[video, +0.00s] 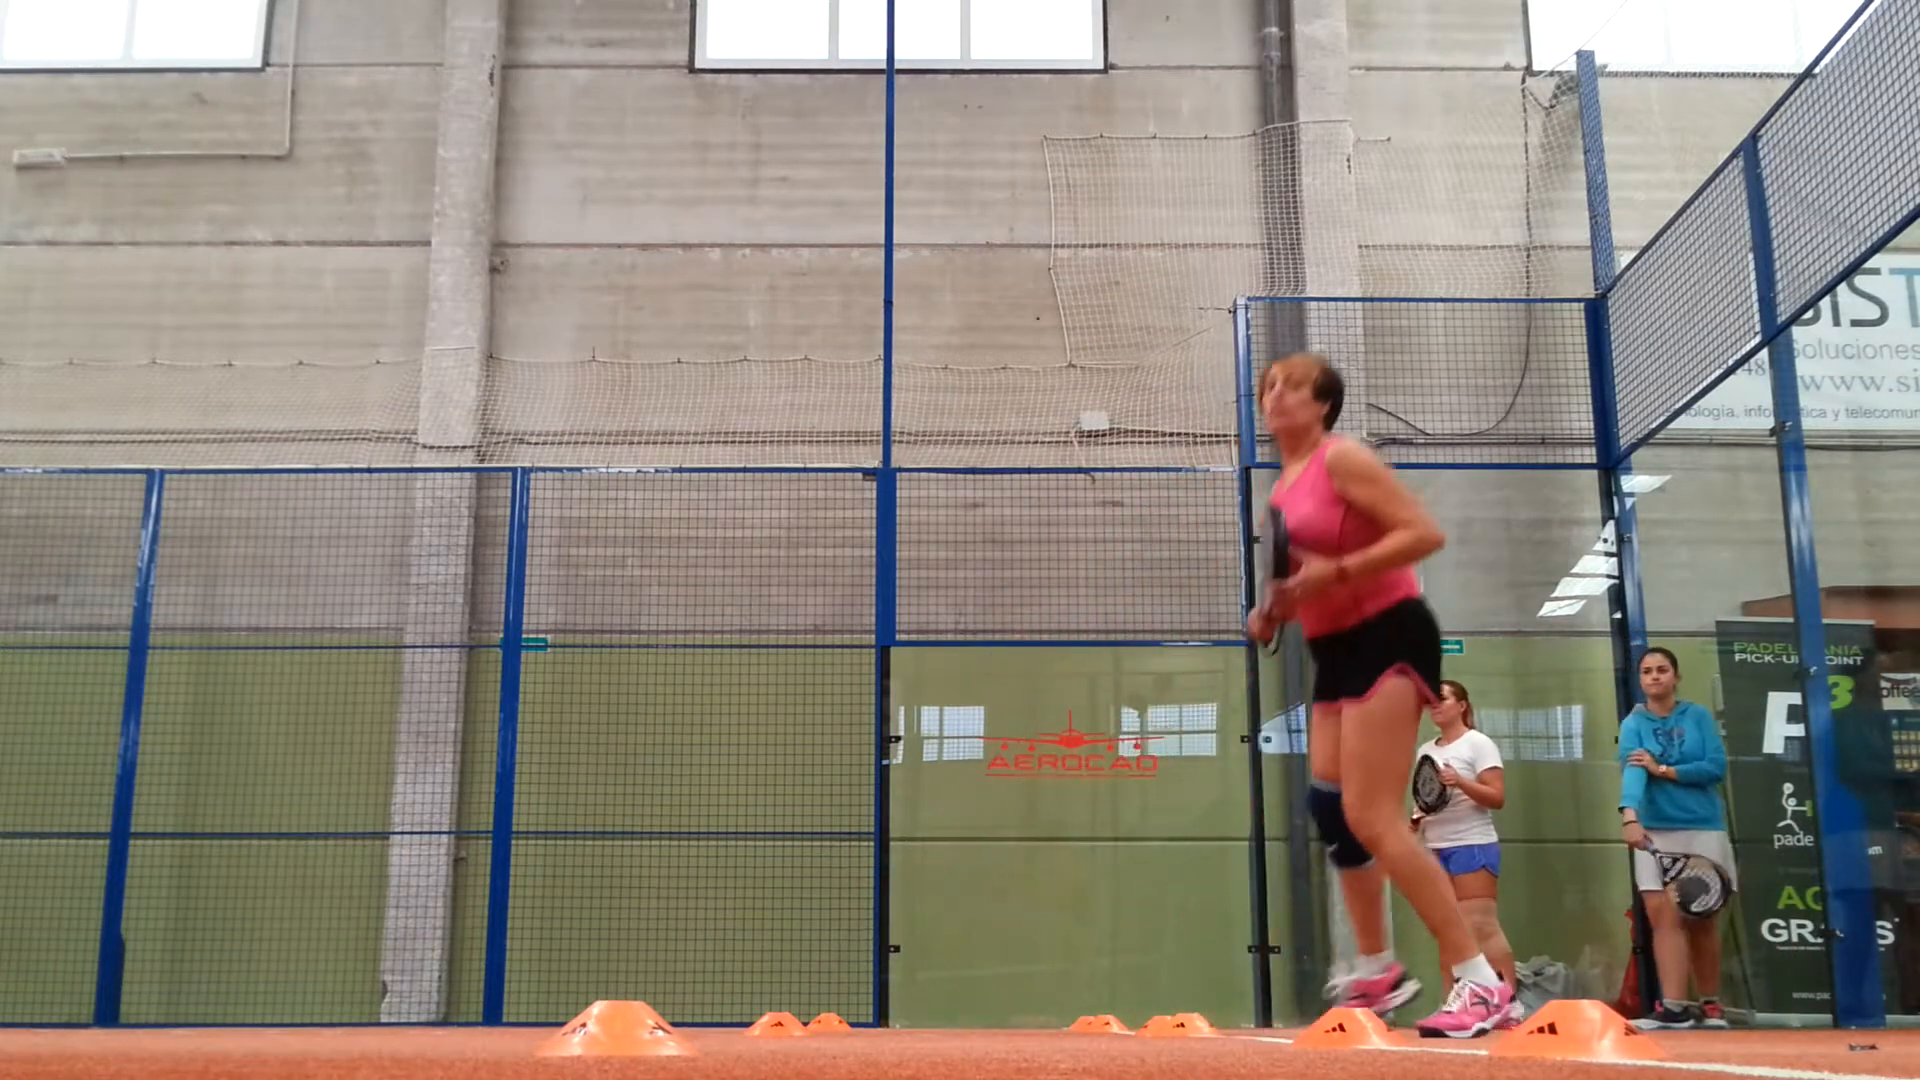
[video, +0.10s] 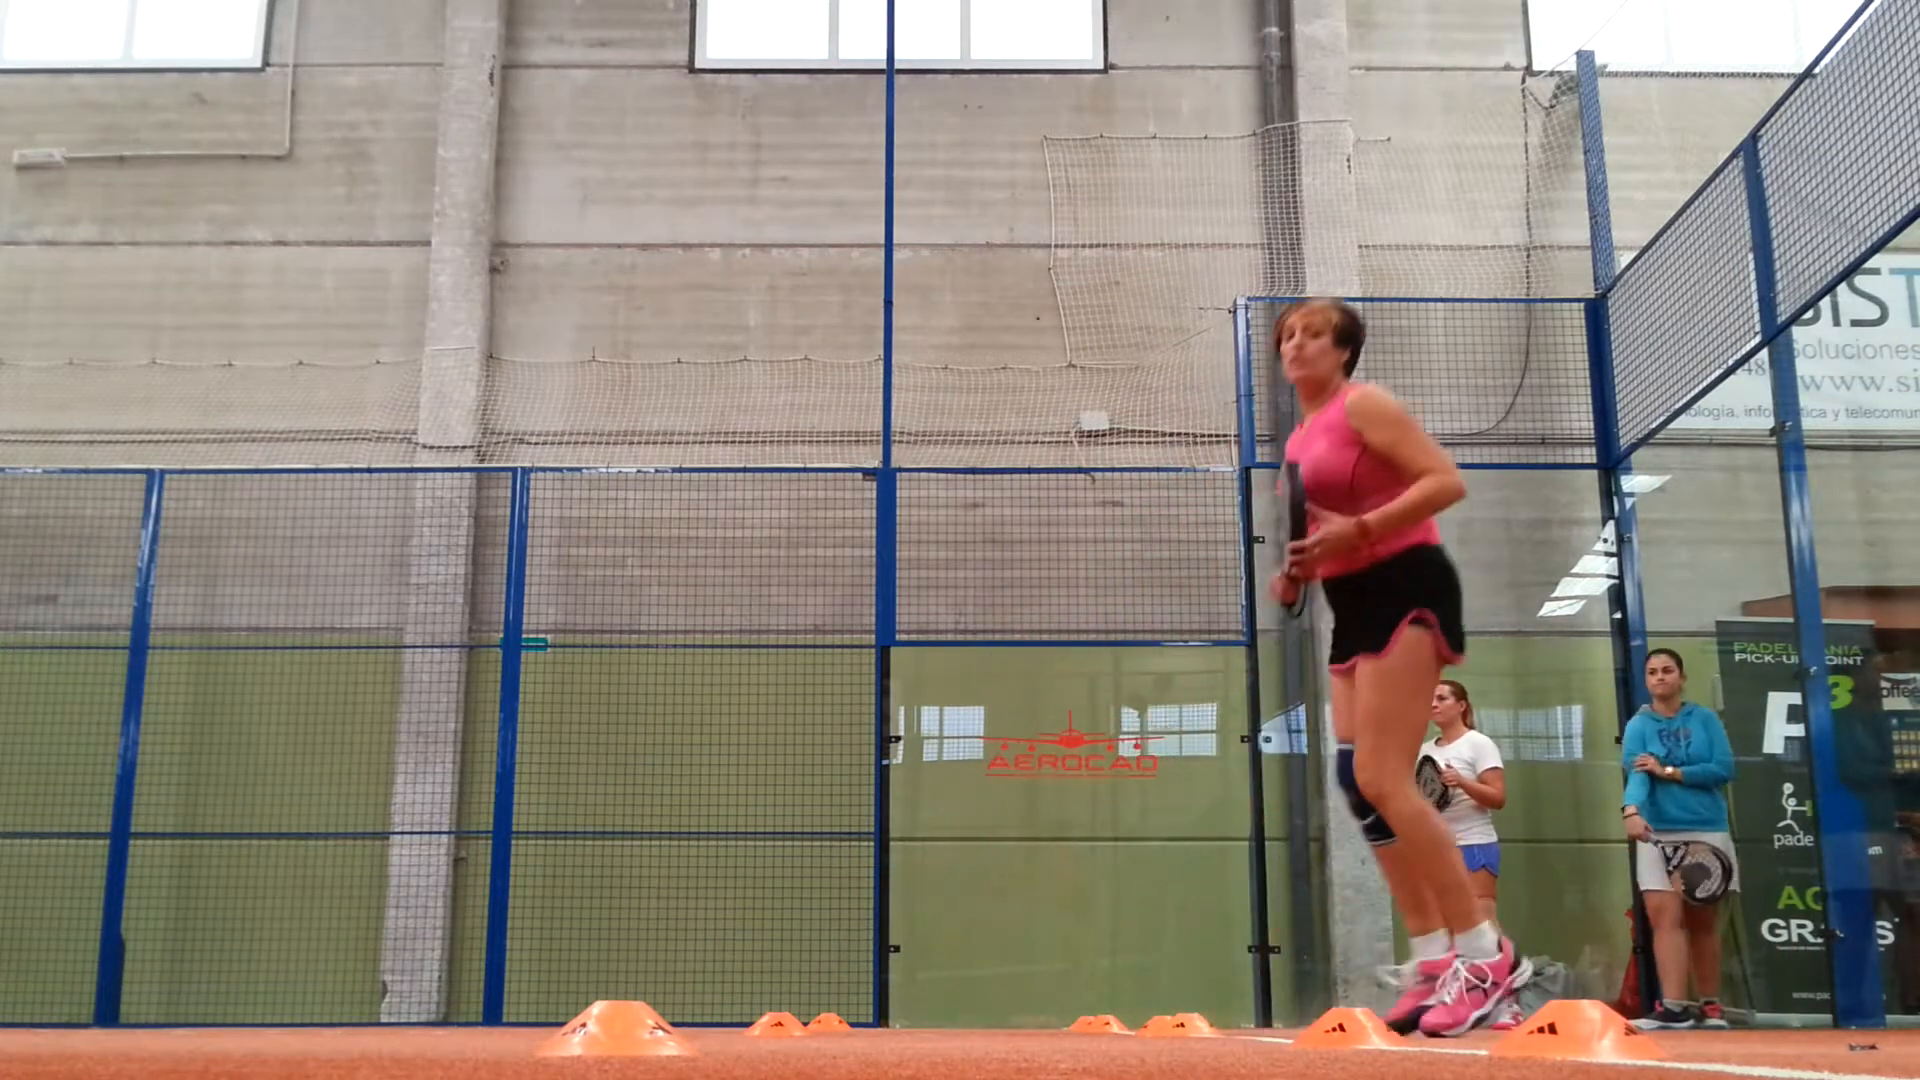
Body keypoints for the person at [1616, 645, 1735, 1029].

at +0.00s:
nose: (1654, 677)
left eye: (1661, 670)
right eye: (1648, 672)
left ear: (1676, 676)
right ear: (1640, 680)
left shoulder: (1698, 715)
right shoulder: (1633, 724)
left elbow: (1717, 766)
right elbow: (1633, 767)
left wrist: (1663, 770)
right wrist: (1629, 815)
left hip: (1701, 828)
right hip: (1653, 830)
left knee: (1703, 917)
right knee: (1660, 913)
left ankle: (1710, 1003)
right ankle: (1674, 1006)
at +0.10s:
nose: (1660, 678)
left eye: (1667, 671)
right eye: (1653, 673)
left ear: (1682, 677)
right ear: (1646, 681)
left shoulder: (1705, 718)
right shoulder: (1638, 725)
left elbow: (1725, 768)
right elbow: (1637, 771)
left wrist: (1670, 772)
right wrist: (1631, 809)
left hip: (1706, 832)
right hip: (1656, 834)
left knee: (1703, 921)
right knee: (1663, 917)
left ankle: (1710, 1004)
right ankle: (1674, 1007)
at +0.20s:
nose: (1664, 678)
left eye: (1671, 671)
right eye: (1658, 673)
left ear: (1686, 677)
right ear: (1650, 682)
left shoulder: (1710, 719)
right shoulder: (1641, 726)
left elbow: (1728, 769)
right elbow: (1638, 775)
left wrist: (1674, 772)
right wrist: (1633, 802)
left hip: (1709, 831)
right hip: (1659, 834)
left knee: (1705, 921)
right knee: (1665, 916)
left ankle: (1710, 1003)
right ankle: (1674, 1005)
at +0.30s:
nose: (1668, 677)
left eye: (1675, 671)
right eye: (1661, 673)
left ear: (1690, 678)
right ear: (1653, 682)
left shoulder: (1714, 720)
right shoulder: (1642, 726)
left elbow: (1733, 771)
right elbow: (1634, 777)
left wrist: (1679, 773)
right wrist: (1632, 800)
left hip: (1710, 831)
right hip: (1660, 831)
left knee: (1706, 919)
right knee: (1666, 916)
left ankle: (1710, 1004)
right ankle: (1673, 1005)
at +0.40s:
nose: (1669, 678)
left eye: (1676, 671)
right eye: (1662, 673)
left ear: (1692, 678)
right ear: (1655, 683)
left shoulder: (1716, 721)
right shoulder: (1643, 727)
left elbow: (1740, 773)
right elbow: (1635, 777)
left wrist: (1696, 777)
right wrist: (1630, 794)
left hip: (1711, 838)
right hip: (1661, 837)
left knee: (1707, 921)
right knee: (1665, 918)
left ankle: (1710, 1004)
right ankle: (1673, 1003)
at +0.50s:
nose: (1669, 678)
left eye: (1676, 672)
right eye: (1663, 674)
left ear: (1692, 678)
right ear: (1655, 683)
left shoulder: (1716, 721)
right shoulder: (1644, 726)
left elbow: (1743, 772)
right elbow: (1632, 773)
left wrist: (1702, 782)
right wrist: (1630, 790)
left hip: (1710, 838)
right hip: (1660, 838)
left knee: (1706, 919)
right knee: (1659, 916)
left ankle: (1710, 1003)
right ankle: (1672, 1001)